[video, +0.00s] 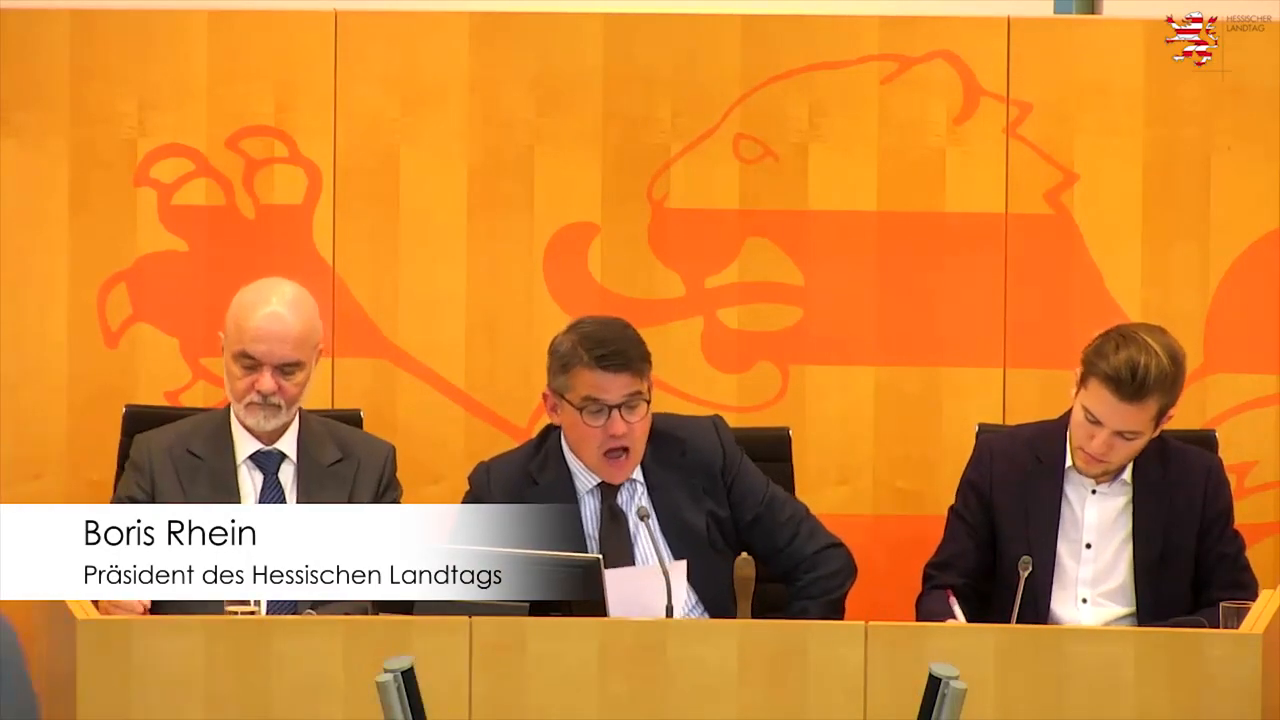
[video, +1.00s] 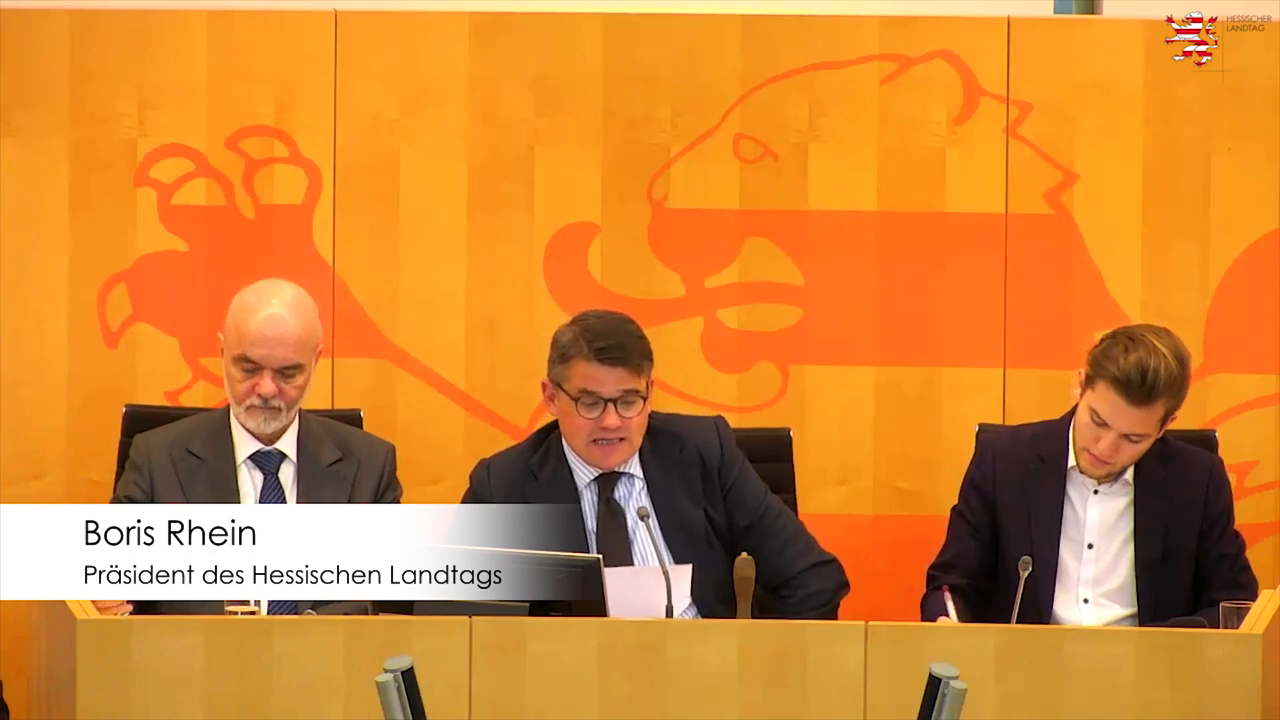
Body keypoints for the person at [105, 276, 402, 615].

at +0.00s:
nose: (266, 387)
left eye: (287, 369)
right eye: (249, 364)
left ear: (316, 358)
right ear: (223, 350)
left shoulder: (370, 463)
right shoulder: (155, 458)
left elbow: (384, 587)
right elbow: (116, 559)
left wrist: (315, 632)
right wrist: (118, 597)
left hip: (324, 666)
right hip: (190, 663)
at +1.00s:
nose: (266, 389)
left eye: (288, 372)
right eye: (249, 367)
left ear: (316, 358)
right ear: (222, 351)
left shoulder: (370, 463)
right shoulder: (154, 458)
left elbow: (390, 592)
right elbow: (114, 568)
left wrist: (309, 631)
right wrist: (106, 604)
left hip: (327, 668)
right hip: (191, 665)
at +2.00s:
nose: (280, 391)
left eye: (297, 370)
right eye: (258, 370)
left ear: (315, 359)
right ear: (221, 358)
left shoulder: (371, 462)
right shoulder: (154, 458)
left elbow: (393, 595)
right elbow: (112, 578)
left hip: (329, 668)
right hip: (191, 666)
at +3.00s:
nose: (269, 390)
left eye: (292, 375)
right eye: (253, 367)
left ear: (320, 364)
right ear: (226, 351)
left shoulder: (371, 463)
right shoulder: (158, 457)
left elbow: (384, 587)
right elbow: (116, 575)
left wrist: (311, 634)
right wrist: (147, 620)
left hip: (325, 667)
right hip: (195, 662)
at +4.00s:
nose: (285, 390)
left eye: (304, 371)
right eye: (265, 368)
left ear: (321, 362)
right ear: (226, 355)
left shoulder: (371, 463)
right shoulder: (159, 457)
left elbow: (386, 587)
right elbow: (118, 577)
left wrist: (312, 633)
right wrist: (147, 618)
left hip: (327, 664)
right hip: (197, 659)